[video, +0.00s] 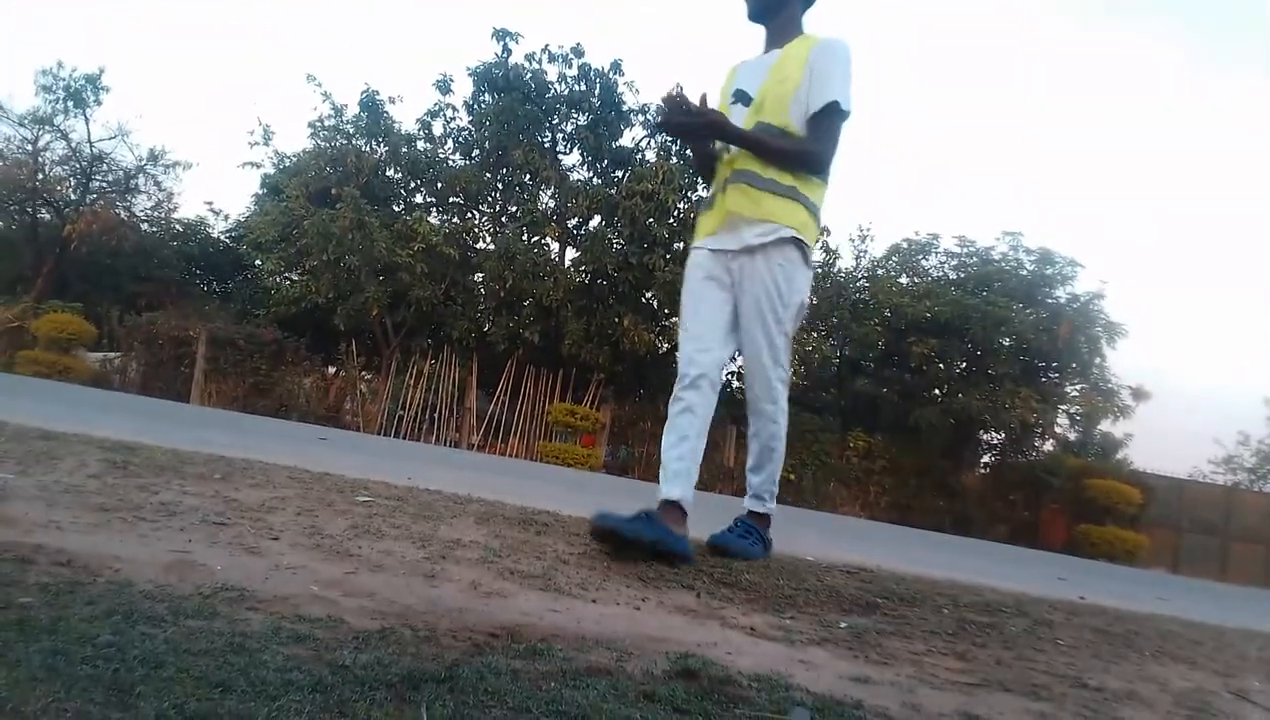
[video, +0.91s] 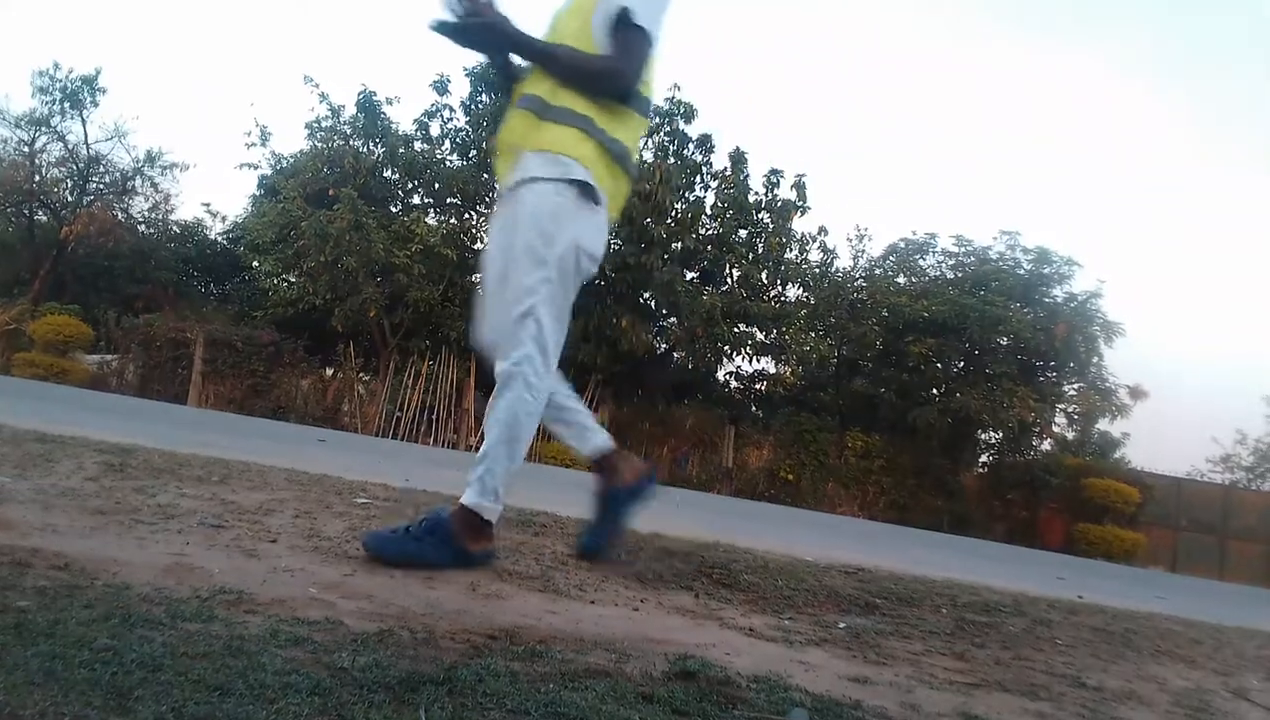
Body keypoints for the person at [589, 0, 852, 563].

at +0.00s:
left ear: (795, 1)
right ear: (767, 8)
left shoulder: (825, 52)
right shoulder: (738, 75)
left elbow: (818, 157)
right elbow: (716, 173)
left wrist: (725, 129)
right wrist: (693, 134)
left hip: (777, 239)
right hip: (714, 238)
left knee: (765, 384)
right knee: (696, 373)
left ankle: (757, 521)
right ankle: (670, 515)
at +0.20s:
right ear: (730, 5)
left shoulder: (795, 43)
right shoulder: (709, 65)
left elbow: (785, 140)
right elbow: (673, 169)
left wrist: (686, 107)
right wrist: (680, 105)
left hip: (736, 222)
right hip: (674, 224)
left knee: (703, 355)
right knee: (674, 377)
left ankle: (754, 485)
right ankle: (669, 528)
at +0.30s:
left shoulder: (780, 32)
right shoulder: (692, 59)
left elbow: (774, 131)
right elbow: (665, 162)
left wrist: (675, 90)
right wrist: (655, 98)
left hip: (721, 205)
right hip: (663, 211)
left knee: (662, 328)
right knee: (667, 360)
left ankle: (732, 471)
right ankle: (669, 525)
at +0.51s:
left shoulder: (743, 10)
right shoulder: (664, 48)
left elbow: (737, 112)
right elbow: (631, 148)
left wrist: (640, 69)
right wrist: (610, 85)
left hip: (684, 194)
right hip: (636, 202)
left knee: (616, 323)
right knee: (658, 353)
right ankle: (671, 527)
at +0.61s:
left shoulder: (719, 6)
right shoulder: (645, 42)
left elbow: (705, 103)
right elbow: (613, 147)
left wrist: (607, 64)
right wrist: (598, 84)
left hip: (664, 201)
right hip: (617, 205)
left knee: (602, 344)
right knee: (650, 367)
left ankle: (510, 505)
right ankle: (671, 524)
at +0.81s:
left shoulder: (667, 4)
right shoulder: (606, 25)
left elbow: (653, 86)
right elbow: (572, 119)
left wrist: (546, 48)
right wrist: (536, 60)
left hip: (597, 183)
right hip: (565, 182)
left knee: (544, 337)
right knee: (584, 347)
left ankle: (474, 518)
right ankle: (658, 509)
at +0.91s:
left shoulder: (633, 5)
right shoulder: (573, 21)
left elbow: (619, 77)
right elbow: (540, 104)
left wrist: (514, 40)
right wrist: (495, 49)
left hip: (565, 185)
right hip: (524, 187)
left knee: (527, 350)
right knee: (497, 340)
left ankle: (473, 521)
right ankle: (614, 465)